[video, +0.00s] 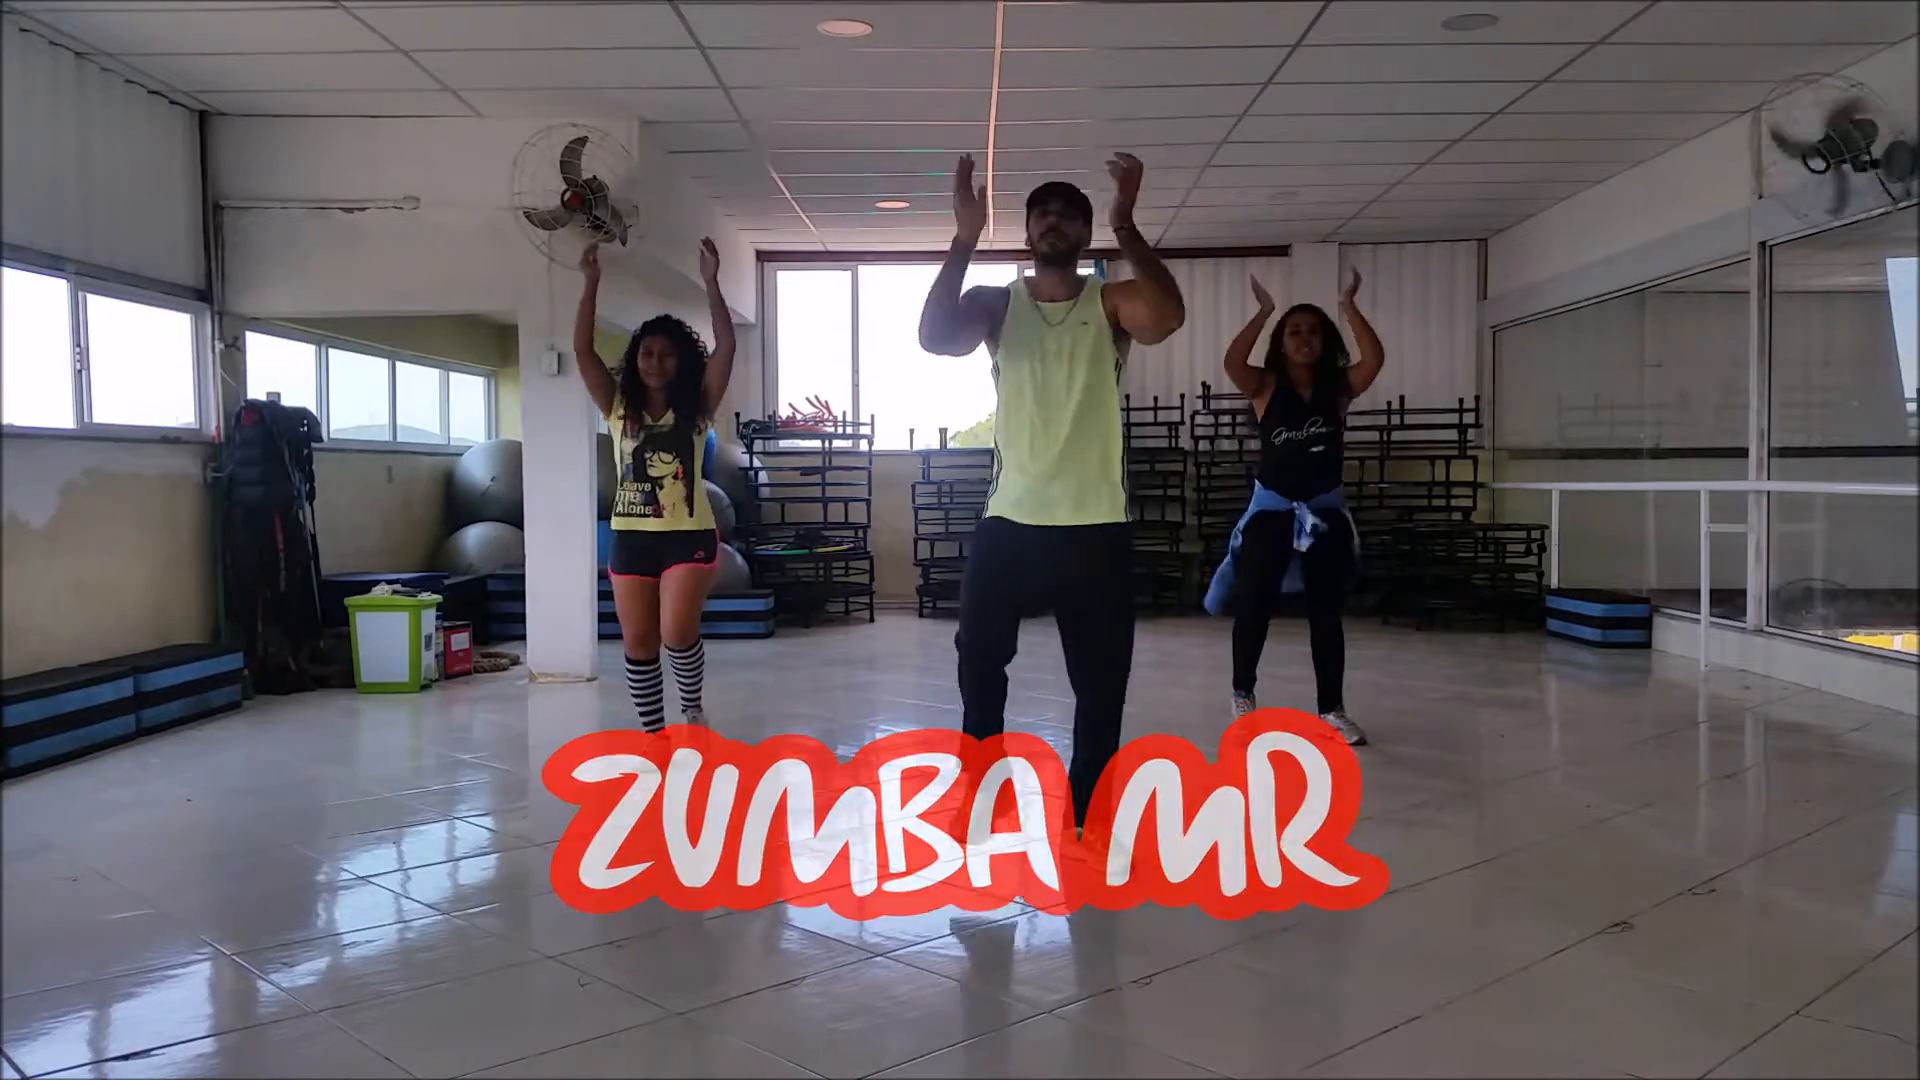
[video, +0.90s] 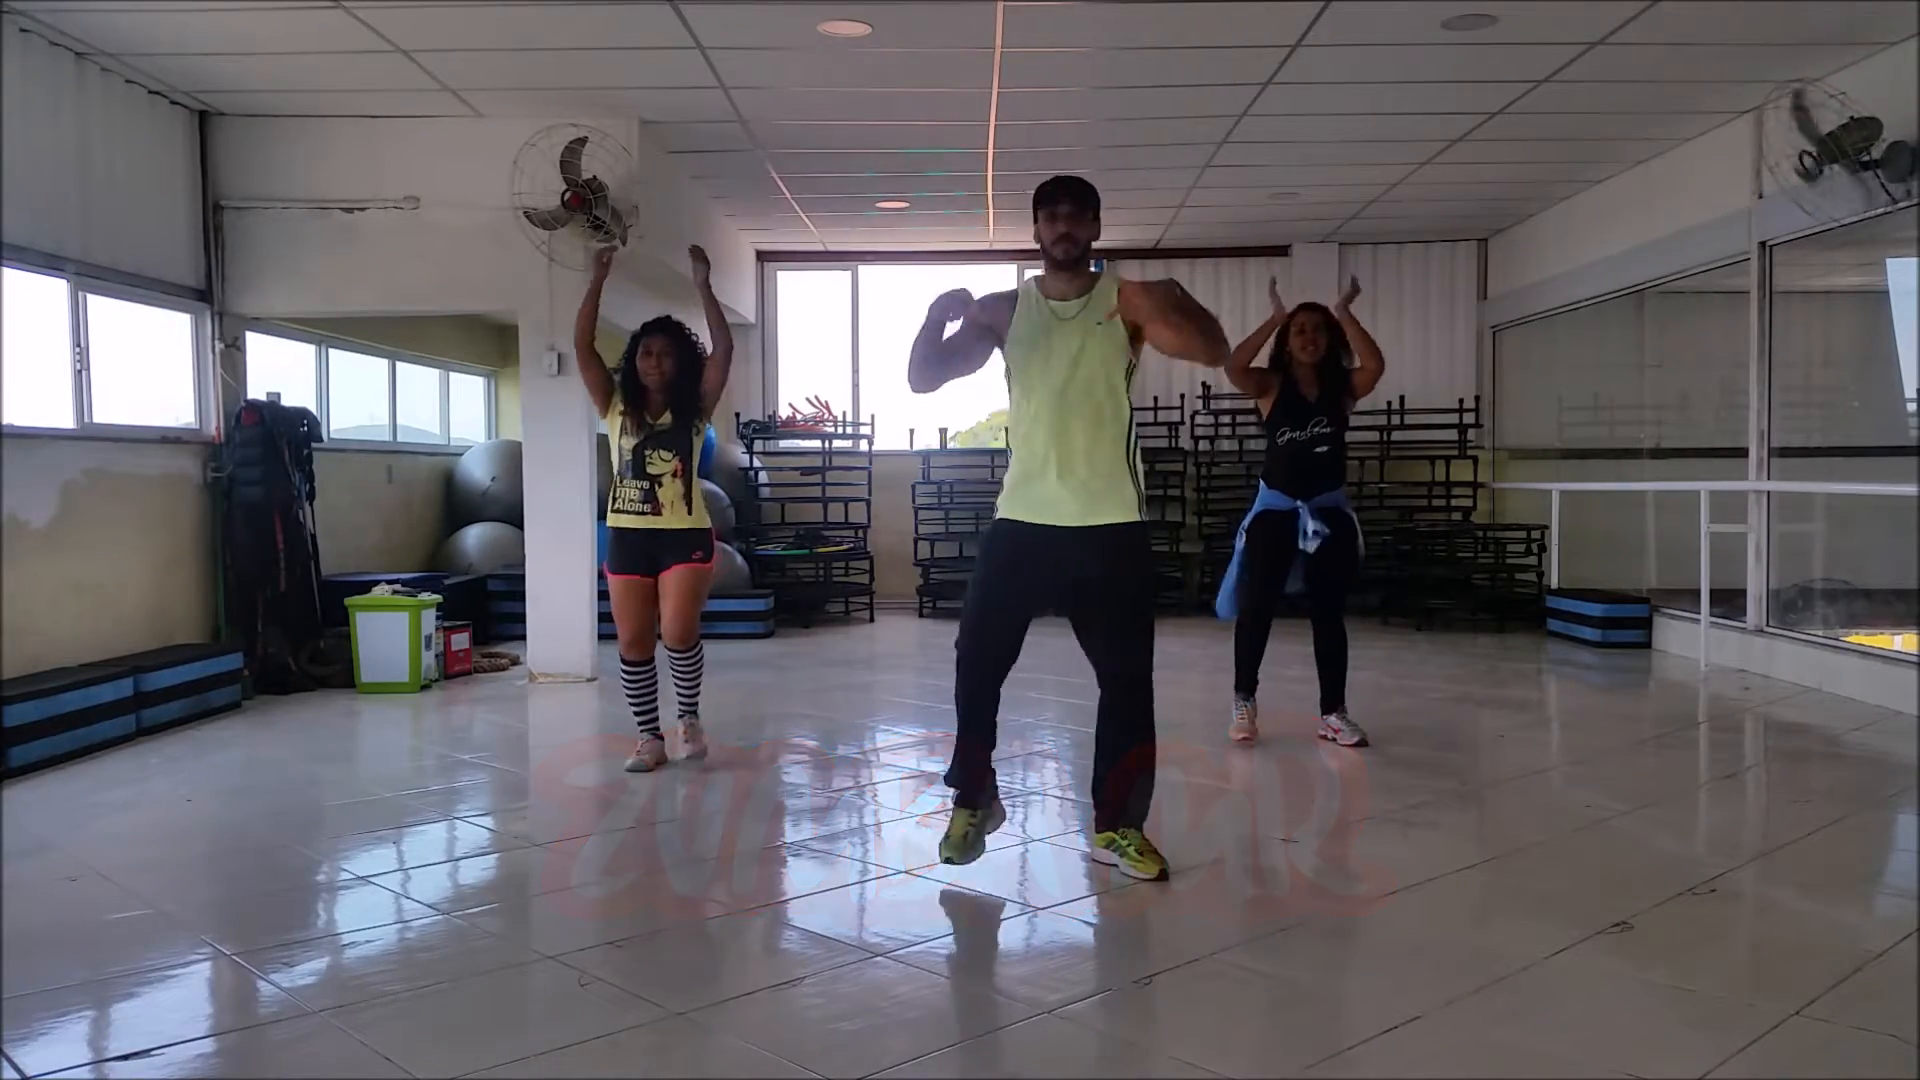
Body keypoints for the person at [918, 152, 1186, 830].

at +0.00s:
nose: (1053, 225)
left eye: (1067, 217)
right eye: (1041, 216)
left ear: (1087, 235)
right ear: (1027, 234)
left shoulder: (1112, 298)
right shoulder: (996, 303)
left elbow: (1167, 313)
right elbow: (935, 336)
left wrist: (1123, 226)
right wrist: (967, 235)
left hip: (1095, 523)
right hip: (1012, 520)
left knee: (1102, 691)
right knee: (979, 666)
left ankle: (1086, 827)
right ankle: (983, 803)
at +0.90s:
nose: (1066, 228)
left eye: (1079, 216)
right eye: (1053, 217)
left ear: (1098, 226)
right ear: (1035, 229)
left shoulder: (1129, 300)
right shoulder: (1004, 309)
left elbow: (1211, 350)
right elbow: (922, 378)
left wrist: (1179, 300)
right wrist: (937, 315)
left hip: (1109, 525)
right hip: (1021, 523)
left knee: (1127, 680)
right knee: (977, 663)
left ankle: (1118, 825)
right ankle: (973, 801)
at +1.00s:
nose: (1060, 233)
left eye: (1073, 221)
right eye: (1047, 221)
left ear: (1094, 227)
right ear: (1030, 229)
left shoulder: (1133, 306)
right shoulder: (1000, 312)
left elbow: (1231, 366)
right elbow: (923, 378)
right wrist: (913, 410)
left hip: (1108, 529)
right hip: (1018, 527)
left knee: (1124, 686)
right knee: (975, 669)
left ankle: (1119, 823)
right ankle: (951, 808)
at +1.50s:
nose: (1013, 242)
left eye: (1026, 230)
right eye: (1001, 229)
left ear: (1047, 239)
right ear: (985, 237)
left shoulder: (1085, 322)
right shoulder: (946, 329)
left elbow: (1136, 406)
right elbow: (907, 419)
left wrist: (1119, 465)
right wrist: (897, 498)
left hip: (1070, 540)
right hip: (976, 542)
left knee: (1125, 685)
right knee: (937, 695)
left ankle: (1133, 817)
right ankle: (915, 829)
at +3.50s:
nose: (1043, 310)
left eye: (1056, 300)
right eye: (1031, 298)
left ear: (1072, 309)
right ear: (1012, 305)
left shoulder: (1093, 390)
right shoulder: (964, 393)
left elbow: (1137, 481)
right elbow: (920, 479)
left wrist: (1172, 544)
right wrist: (945, 549)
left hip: (1105, 578)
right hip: (1014, 587)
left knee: (1174, 710)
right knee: (960, 721)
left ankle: (1182, 833)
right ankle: (894, 838)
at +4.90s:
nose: (1031, 289)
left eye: (1043, 278)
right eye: (1018, 278)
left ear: (1060, 290)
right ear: (1000, 292)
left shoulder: (1104, 370)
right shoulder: (972, 393)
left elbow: (1138, 466)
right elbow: (939, 492)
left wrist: (1143, 534)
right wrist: (903, 565)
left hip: (1084, 583)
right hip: (987, 582)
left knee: (1158, 712)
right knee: (933, 716)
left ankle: (1180, 832)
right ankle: (886, 834)